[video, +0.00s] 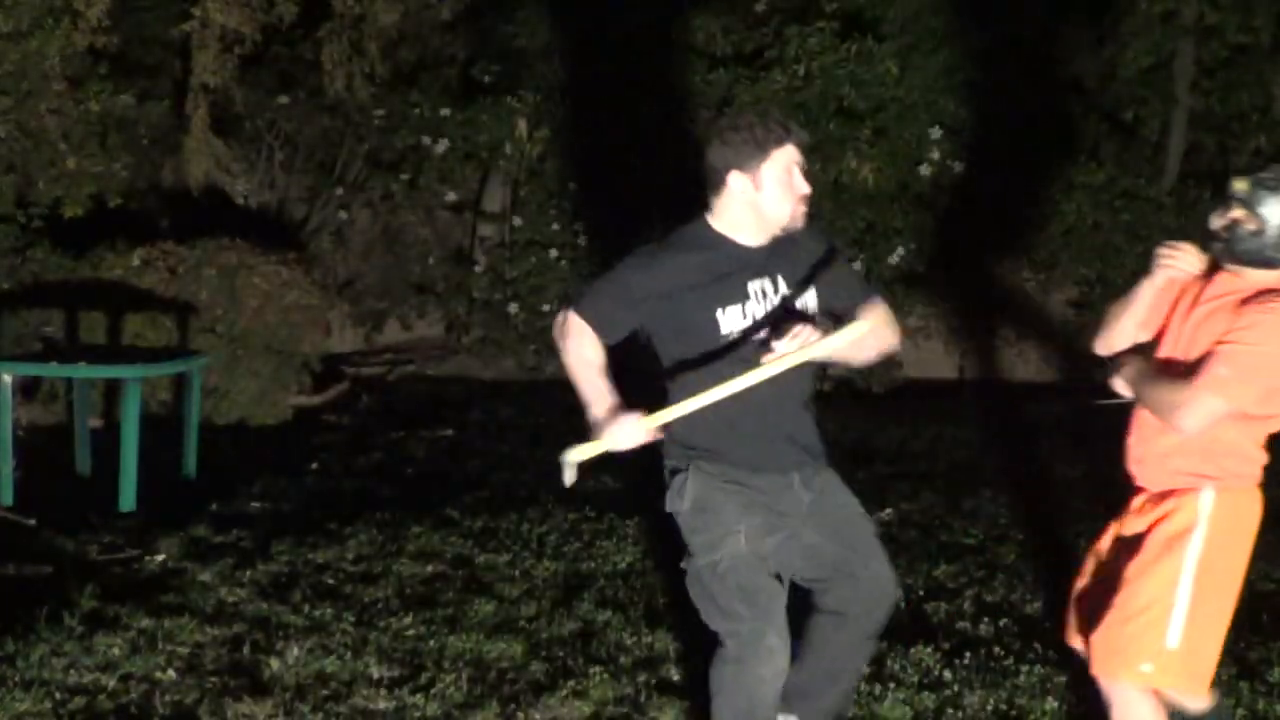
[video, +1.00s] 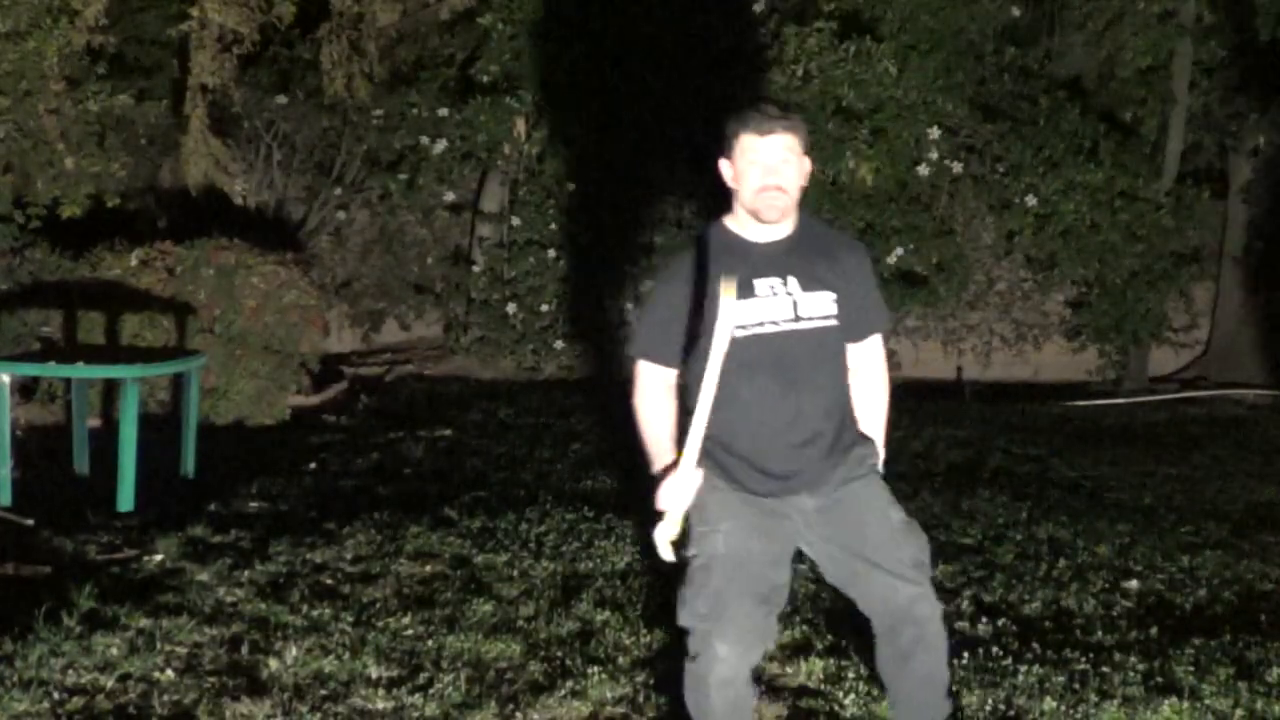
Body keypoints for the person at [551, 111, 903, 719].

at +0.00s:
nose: (807, 188)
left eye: (803, 170)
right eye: (792, 171)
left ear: (757, 182)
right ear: (744, 181)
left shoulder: (806, 252)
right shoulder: (668, 268)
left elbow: (885, 333)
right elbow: (576, 328)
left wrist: (824, 344)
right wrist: (607, 414)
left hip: (807, 481)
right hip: (716, 488)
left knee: (867, 593)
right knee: (757, 643)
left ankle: (800, 711)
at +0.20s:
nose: (844, 231)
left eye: (843, 215)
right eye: (827, 218)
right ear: (775, 229)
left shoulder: (876, 291)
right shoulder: (722, 295)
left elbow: (964, 350)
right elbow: (661, 331)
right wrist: (594, 362)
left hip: (874, 499)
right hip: (769, 505)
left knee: (953, 626)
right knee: (751, 646)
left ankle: (959, 715)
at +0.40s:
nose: (912, 213)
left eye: (911, 198)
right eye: (897, 200)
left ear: (869, 205)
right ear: (847, 207)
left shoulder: (930, 281)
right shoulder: (777, 283)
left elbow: (1028, 307)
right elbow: (705, 343)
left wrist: (1126, 325)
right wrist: (692, 295)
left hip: (907, 494)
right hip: (806, 494)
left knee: (969, 615)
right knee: (771, 637)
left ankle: (959, 716)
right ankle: (743, 716)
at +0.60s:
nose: (950, 200)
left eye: (948, 183)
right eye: (936, 184)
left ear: (905, 192)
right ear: (889, 190)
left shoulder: (935, 268)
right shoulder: (814, 267)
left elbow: (996, 336)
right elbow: (731, 359)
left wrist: (1071, 388)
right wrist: (772, 309)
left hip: (910, 486)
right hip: (820, 486)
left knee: (963, 608)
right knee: (784, 637)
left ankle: (958, 715)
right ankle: (744, 716)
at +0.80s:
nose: (893, 205)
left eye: (895, 190)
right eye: (875, 191)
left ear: (897, 192)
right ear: (824, 194)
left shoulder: (903, 271)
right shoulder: (777, 275)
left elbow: (918, 378)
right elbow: (711, 373)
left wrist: (922, 472)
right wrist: (748, 404)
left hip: (893, 493)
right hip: (797, 498)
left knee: (951, 615)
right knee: (768, 646)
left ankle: (953, 715)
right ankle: (743, 714)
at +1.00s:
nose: (774, 176)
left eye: (787, 162)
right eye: (758, 162)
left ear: (807, 171)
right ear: (728, 172)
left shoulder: (843, 258)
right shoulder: (694, 267)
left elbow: (867, 364)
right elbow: (654, 377)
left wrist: (867, 461)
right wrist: (669, 471)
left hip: (842, 483)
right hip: (734, 491)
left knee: (913, 610)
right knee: (721, 652)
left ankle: (923, 714)